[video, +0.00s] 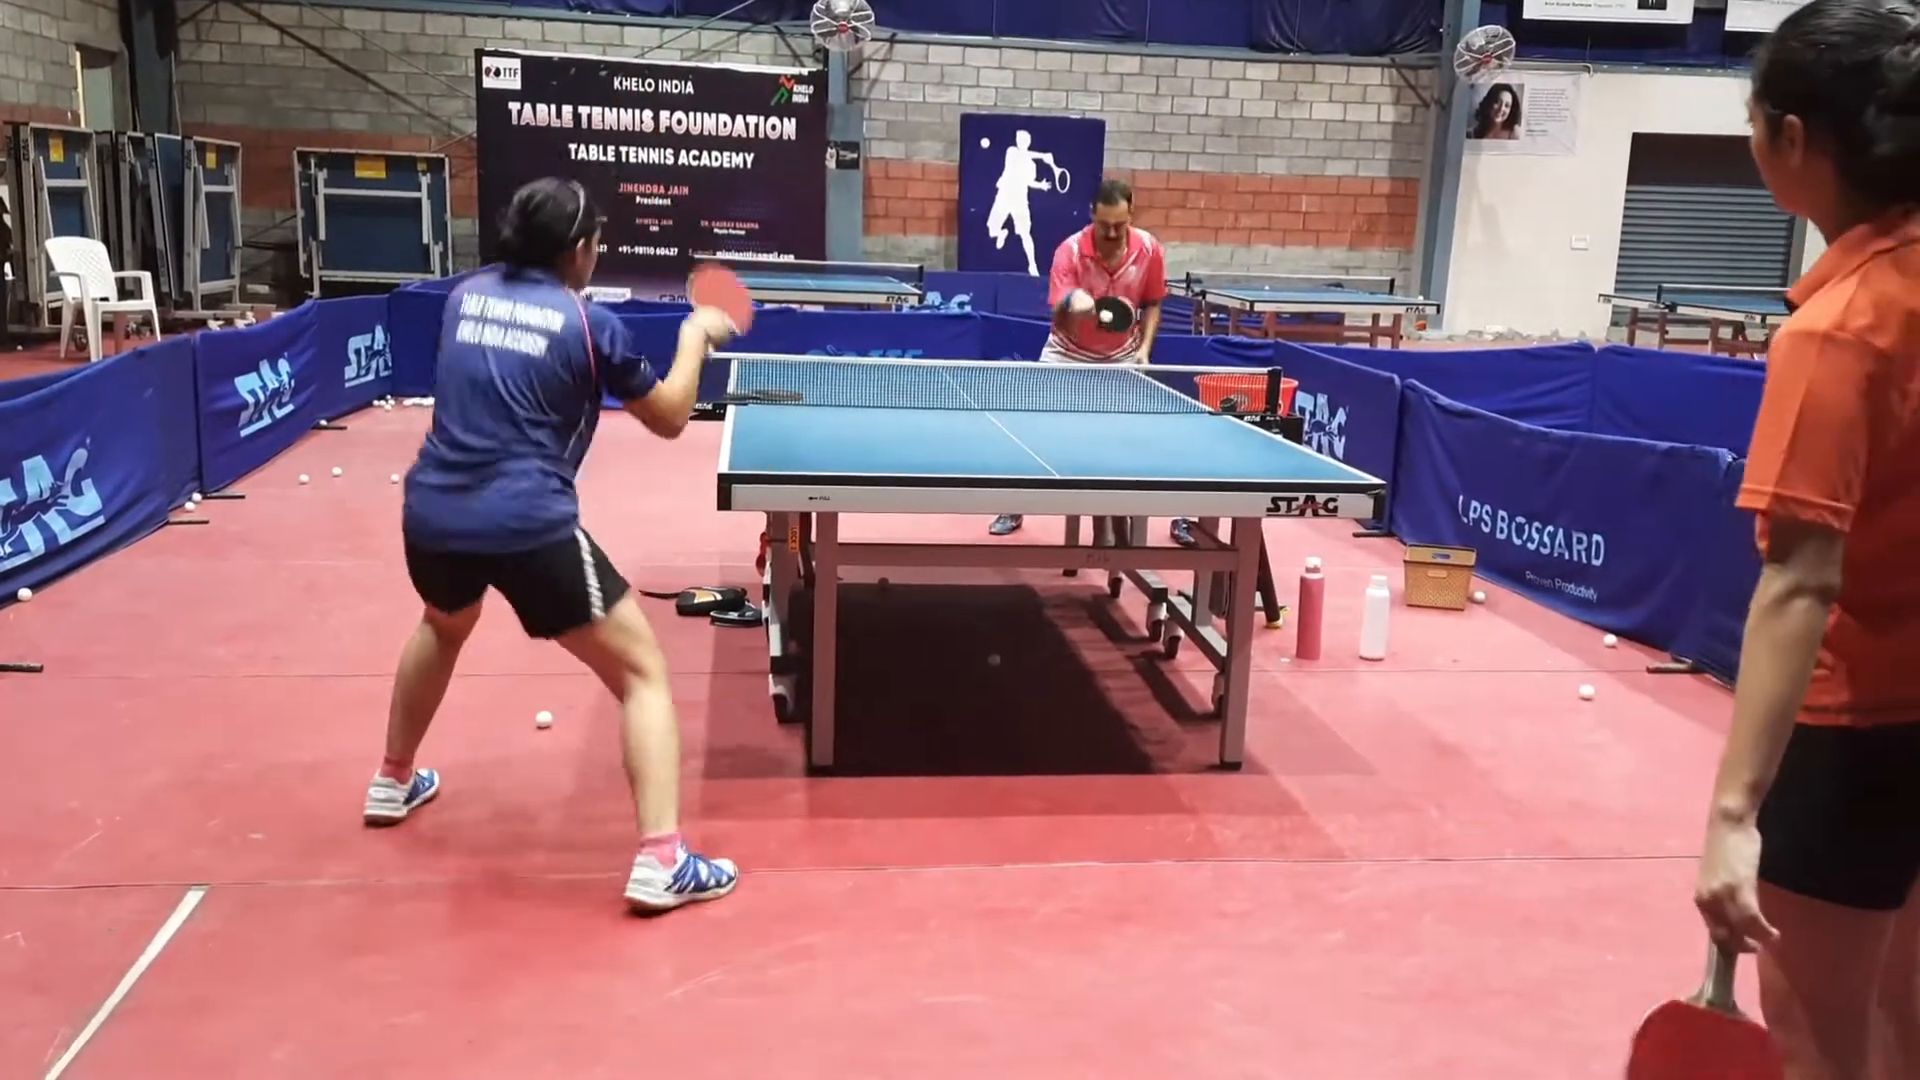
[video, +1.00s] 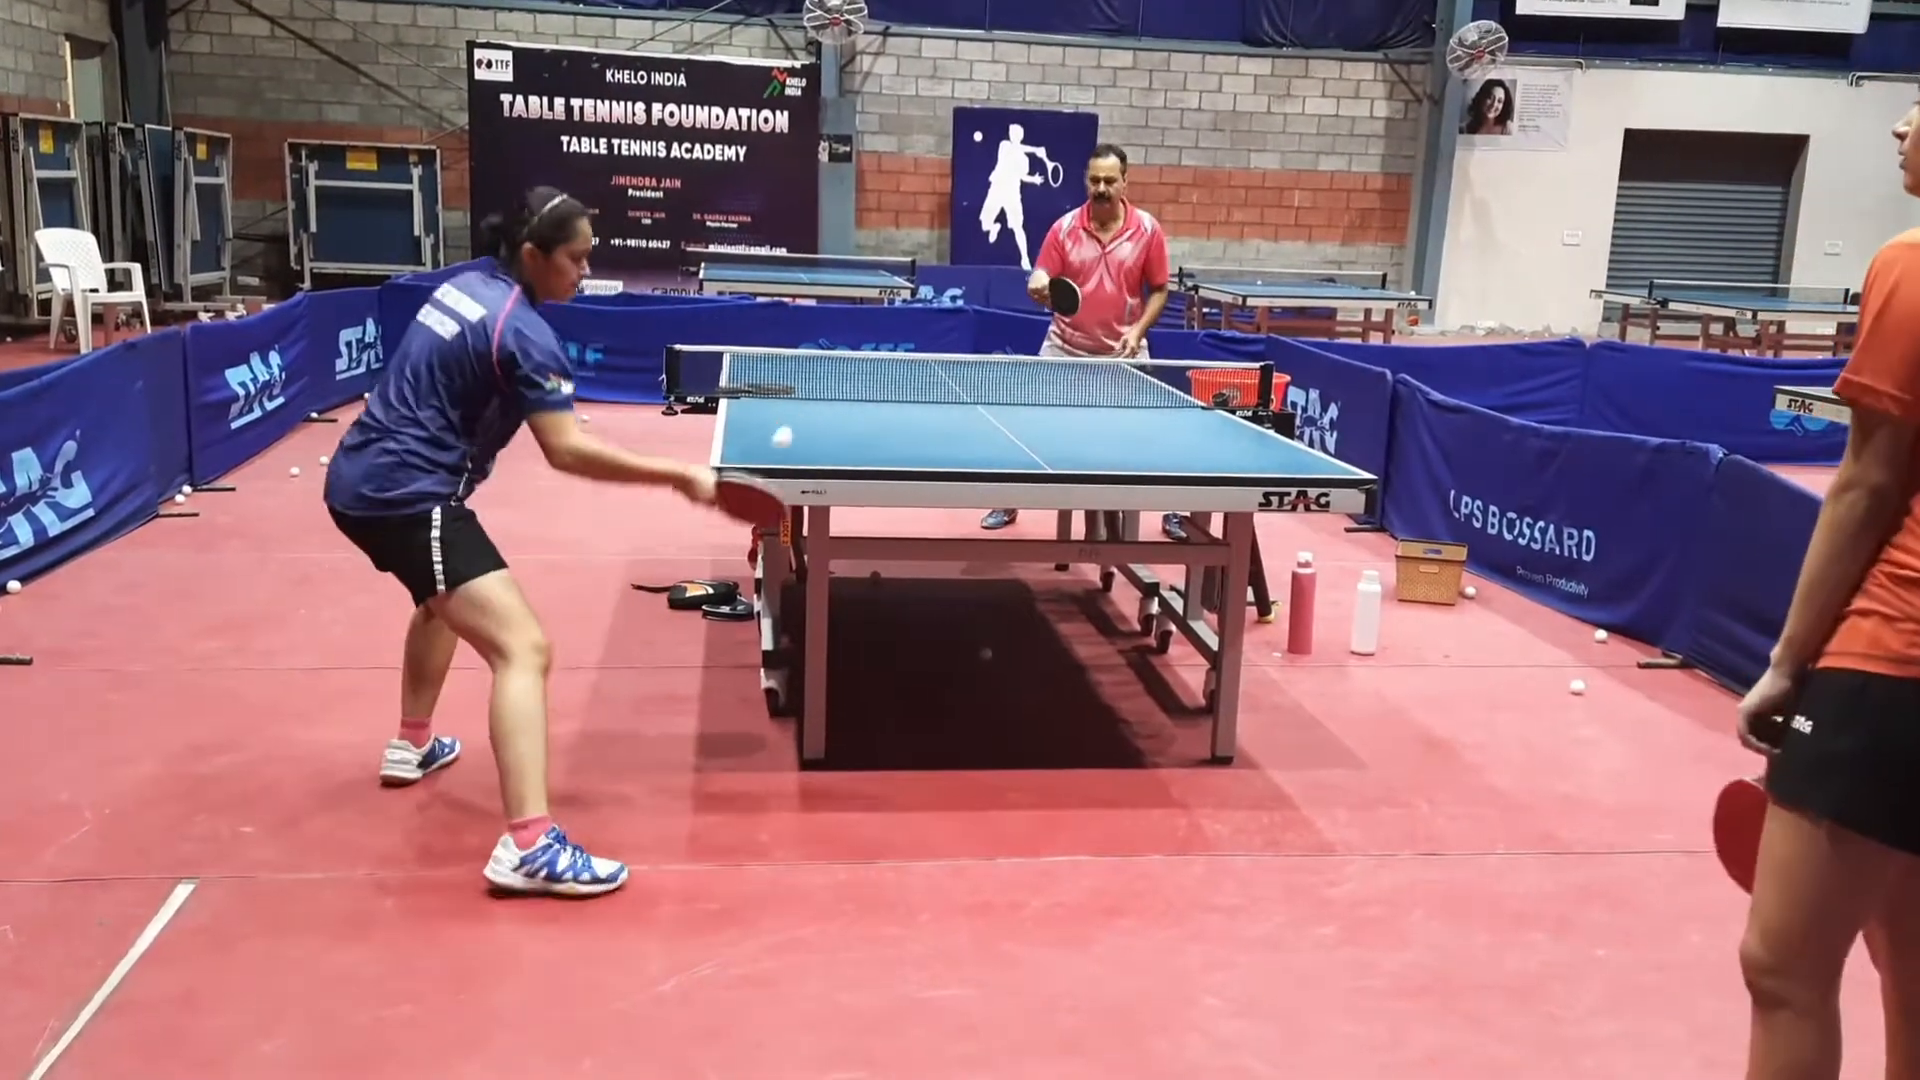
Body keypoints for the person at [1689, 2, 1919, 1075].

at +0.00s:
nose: (1755, 155)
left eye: (1757, 130)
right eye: (1757, 131)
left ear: (1800, 138)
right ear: (1905, 126)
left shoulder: (1844, 319)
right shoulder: (1903, 273)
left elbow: (1799, 583)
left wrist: (1734, 810)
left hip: (1852, 739)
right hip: (1913, 728)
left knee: (1816, 1033)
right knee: (1903, 1017)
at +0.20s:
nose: (1808, 147)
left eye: (1814, 122)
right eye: (1809, 122)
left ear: (1866, 131)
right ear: (1889, 131)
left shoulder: (1879, 323)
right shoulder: (1901, 297)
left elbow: (1814, 580)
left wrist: (1740, 783)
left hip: (1850, 728)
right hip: (1907, 718)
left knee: (1813, 1025)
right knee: (1907, 1012)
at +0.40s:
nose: (1852, 116)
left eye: (1870, 93)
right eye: (1862, 90)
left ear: (1918, 116)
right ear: (1907, 111)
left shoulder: (1892, 304)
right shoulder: (1898, 287)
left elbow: (1826, 545)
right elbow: (1832, 531)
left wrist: (1737, 720)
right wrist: (1748, 712)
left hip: (1850, 711)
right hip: (1909, 707)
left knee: (1818, 1020)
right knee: (1910, 1010)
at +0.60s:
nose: (1889, 124)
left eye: (1903, 103)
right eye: (1896, 101)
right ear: (1918, 126)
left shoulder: (1900, 288)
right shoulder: (1897, 286)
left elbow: (1836, 512)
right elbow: (1838, 509)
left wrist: (1718, 676)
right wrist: (1723, 671)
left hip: (1867, 699)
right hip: (1907, 697)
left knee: (1816, 1009)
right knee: (1908, 1004)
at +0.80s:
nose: (1903, 139)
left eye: (1909, 123)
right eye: (1906, 123)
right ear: (1910, 141)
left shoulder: (1904, 280)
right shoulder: (1897, 280)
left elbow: (1854, 498)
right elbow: (1854, 497)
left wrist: (1771, 678)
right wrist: (1783, 686)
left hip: (1876, 674)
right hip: (1887, 677)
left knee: (1802, 987)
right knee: (1910, 985)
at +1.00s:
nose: (1900, 138)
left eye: (1910, 123)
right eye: (1906, 122)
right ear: (1909, 138)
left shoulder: (1907, 265)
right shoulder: (1902, 268)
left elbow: (1874, 482)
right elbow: (1871, 482)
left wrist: (1787, 662)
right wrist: (1802, 664)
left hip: (1880, 662)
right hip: (1886, 665)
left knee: (1784, 976)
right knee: (1909, 977)